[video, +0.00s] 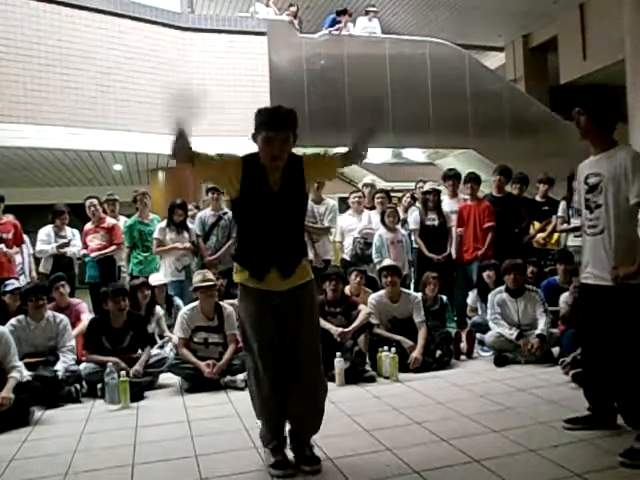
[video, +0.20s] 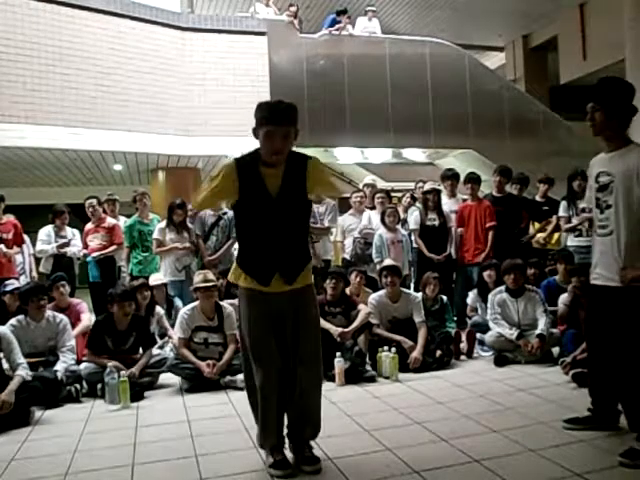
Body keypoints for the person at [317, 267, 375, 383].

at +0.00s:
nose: (333, 284)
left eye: (337, 281)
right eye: (330, 281)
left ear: (343, 285)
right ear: (324, 285)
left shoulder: (348, 300)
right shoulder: (320, 302)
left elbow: (366, 311)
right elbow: (316, 319)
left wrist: (350, 330)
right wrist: (333, 329)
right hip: (328, 343)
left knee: (365, 324)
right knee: (321, 330)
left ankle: (361, 365)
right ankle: (327, 370)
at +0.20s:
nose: (334, 283)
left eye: (338, 280)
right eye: (331, 279)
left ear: (343, 286)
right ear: (325, 284)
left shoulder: (348, 300)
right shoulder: (319, 301)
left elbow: (366, 311)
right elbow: (316, 318)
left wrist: (350, 330)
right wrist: (332, 329)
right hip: (328, 343)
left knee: (365, 323)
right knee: (322, 330)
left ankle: (361, 364)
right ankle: (327, 369)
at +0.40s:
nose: (336, 282)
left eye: (341, 280)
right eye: (334, 278)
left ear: (346, 286)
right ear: (327, 282)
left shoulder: (348, 299)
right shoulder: (319, 301)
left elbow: (366, 311)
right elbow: (316, 318)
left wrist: (350, 330)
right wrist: (332, 329)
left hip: (348, 344)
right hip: (328, 343)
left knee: (365, 322)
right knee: (322, 330)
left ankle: (361, 365)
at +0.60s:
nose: (339, 283)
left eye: (343, 281)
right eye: (337, 279)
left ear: (347, 287)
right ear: (329, 282)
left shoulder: (350, 300)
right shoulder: (318, 302)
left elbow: (366, 311)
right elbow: (311, 315)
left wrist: (350, 330)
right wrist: (332, 329)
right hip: (326, 348)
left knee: (364, 323)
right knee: (314, 327)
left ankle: (363, 364)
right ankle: (315, 366)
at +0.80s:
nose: (344, 286)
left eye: (348, 284)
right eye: (342, 282)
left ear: (352, 290)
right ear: (334, 284)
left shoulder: (354, 302)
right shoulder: (323, 303)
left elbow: (371, 314)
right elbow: (317, 318)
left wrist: (354, 333)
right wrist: (336, 331)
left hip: (352, 346)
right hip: (331, 345)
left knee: (369, 325)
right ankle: (330, 373)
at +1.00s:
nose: (344, 286)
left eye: (348, 285)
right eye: (342, 282)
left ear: (352, 290)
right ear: (334, 284)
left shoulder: (354, 303)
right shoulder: (323, 303)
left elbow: (371, 314)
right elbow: (317, 319)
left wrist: (354, 333)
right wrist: (337, 331)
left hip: (352, 347)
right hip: (331, 345)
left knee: (369, 325)